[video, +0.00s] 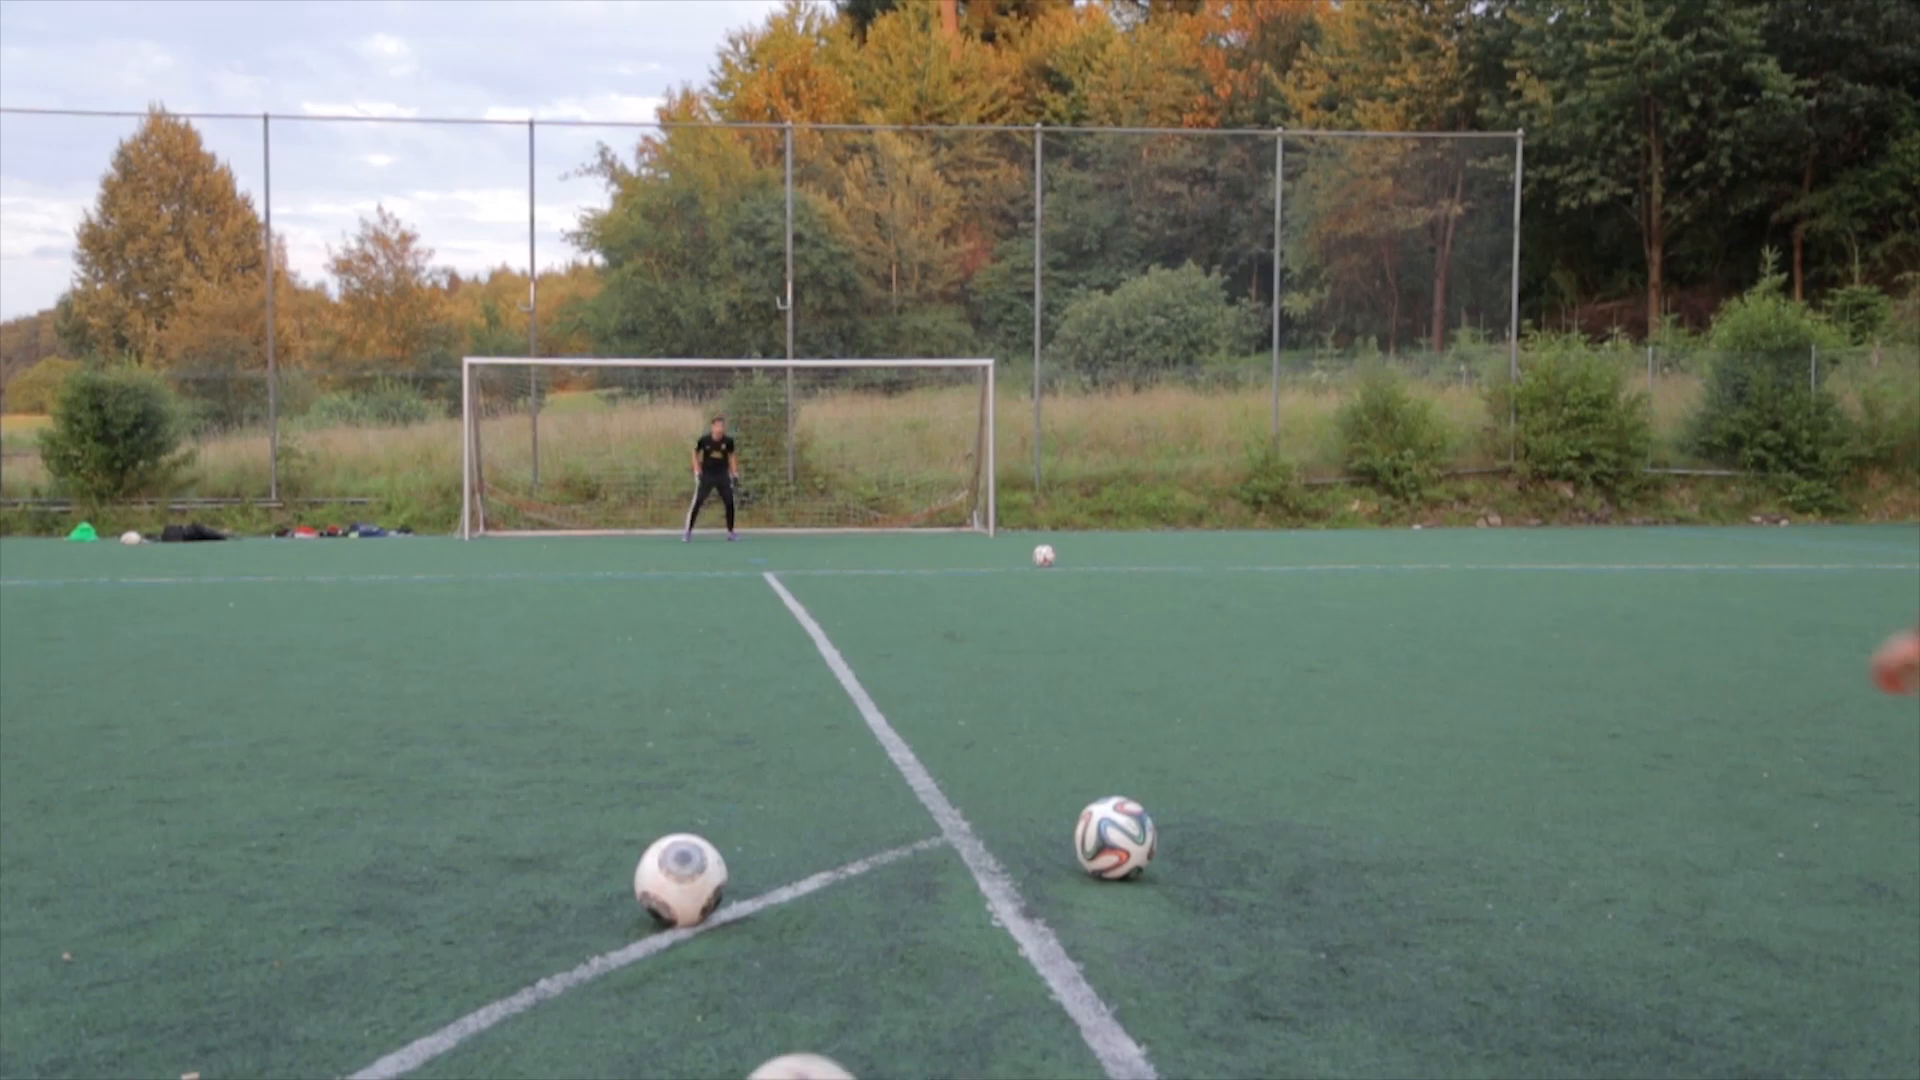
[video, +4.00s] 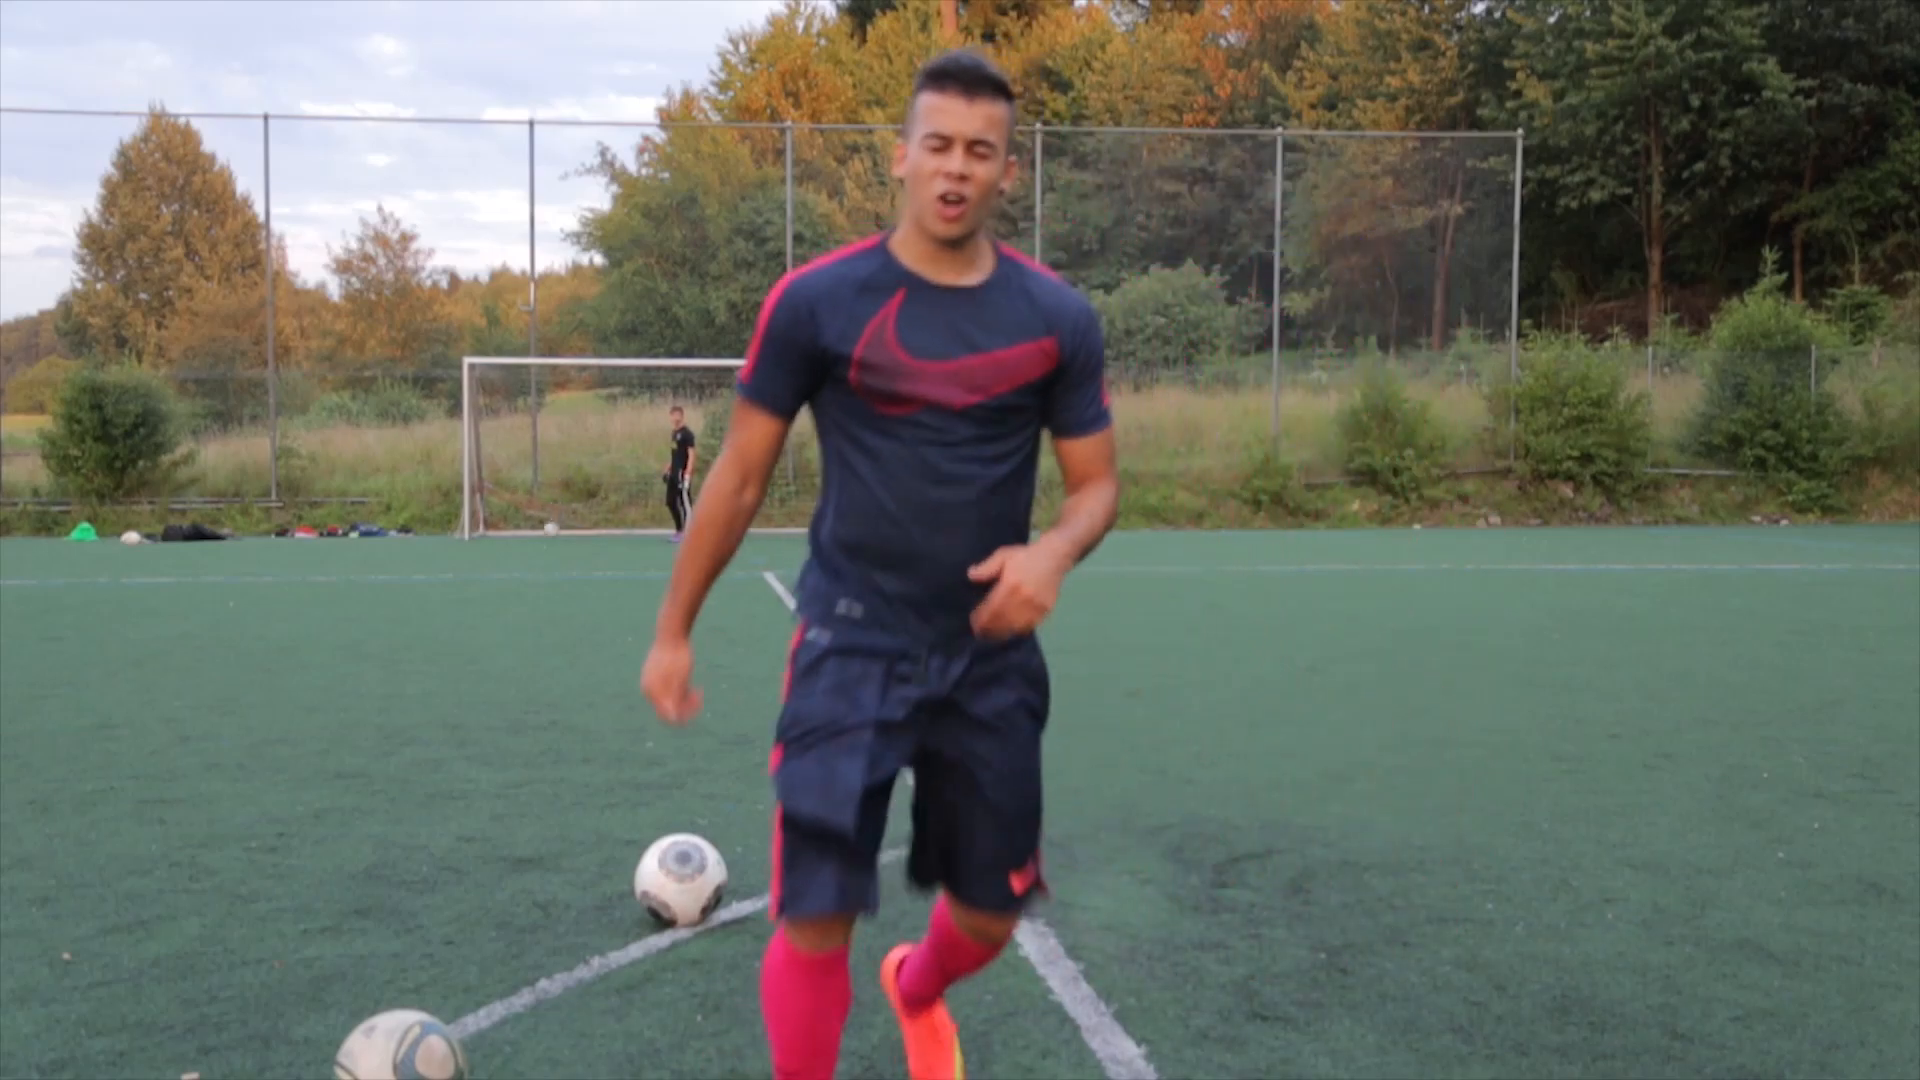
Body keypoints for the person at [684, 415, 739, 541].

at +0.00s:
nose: (718, 429)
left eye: (720, 426)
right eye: (716, 426)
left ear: (724, 428)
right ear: (712, 427)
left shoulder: (728, 442)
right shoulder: (704, 441)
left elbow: (731, 456)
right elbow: (695, 453)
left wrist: (734, 471)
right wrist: (697, 469)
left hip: (723, 476)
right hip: (706, 476)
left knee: (729, 503)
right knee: (697, 502)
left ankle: (730, 530)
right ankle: (688, 531)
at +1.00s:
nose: (749, 437)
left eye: (751, 434)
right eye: (747, 434)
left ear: (754, 436)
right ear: (742, 435)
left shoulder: (762, 447)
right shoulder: (736, 449)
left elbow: (770, 459)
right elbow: (727, 461)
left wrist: (775, 472)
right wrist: (724, 478)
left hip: (759, 476)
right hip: (743, 476)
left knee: (770, 499)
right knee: (736, 499)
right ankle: (734, 527)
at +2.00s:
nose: (682, 424)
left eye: (684, 421)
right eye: (683, 421)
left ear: (688, 423)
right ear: (693, 423)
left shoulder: (692, 439)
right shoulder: (697, 438)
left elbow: (694, 461)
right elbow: (700, 459)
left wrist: (692, 480)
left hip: (697, 475)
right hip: (703, 474)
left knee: (680, 501)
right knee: (697, 506)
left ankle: (679, 534)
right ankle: (721, 526)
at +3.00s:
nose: (671, 418)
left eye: (673, 415)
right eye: (669, 415)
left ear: (678, 415)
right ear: (668, 416)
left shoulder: (682, 433)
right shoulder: (672, 432)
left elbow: (685, 455)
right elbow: (675, 453)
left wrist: (674, 473)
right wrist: (672, 471)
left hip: (681, 470)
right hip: (675, 470)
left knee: (676, 499)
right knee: (673, 499)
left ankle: (681, 533)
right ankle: (678, 532)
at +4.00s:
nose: (675, 420)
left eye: (678, 416)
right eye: (673, 416)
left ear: (682, 417)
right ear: (670, 418)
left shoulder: (687, 434)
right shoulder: (674, 434)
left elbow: (691, 455)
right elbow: (675, 456)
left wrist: (688, 474)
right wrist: (669, 469)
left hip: (683, 472)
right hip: (674, 472)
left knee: (683, 500)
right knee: (671, 501)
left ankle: (686, 530)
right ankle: (679, 529)